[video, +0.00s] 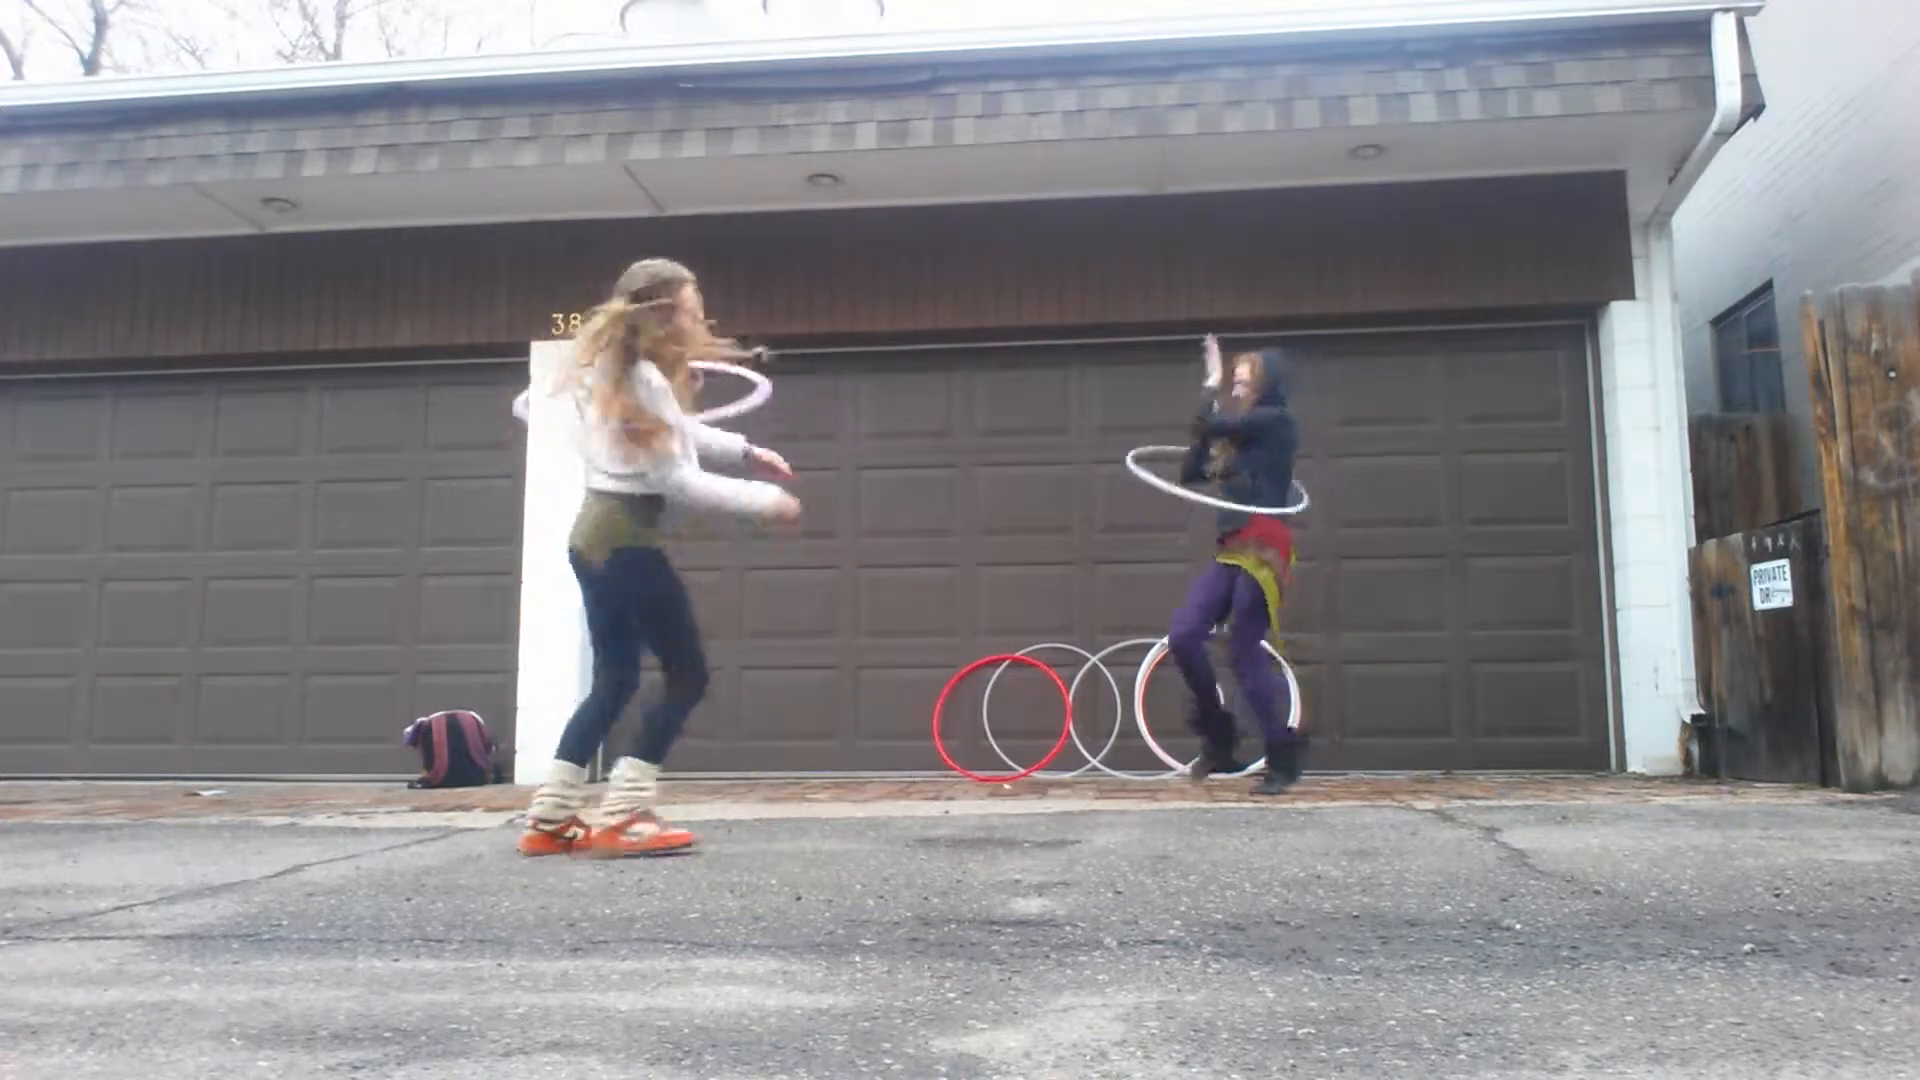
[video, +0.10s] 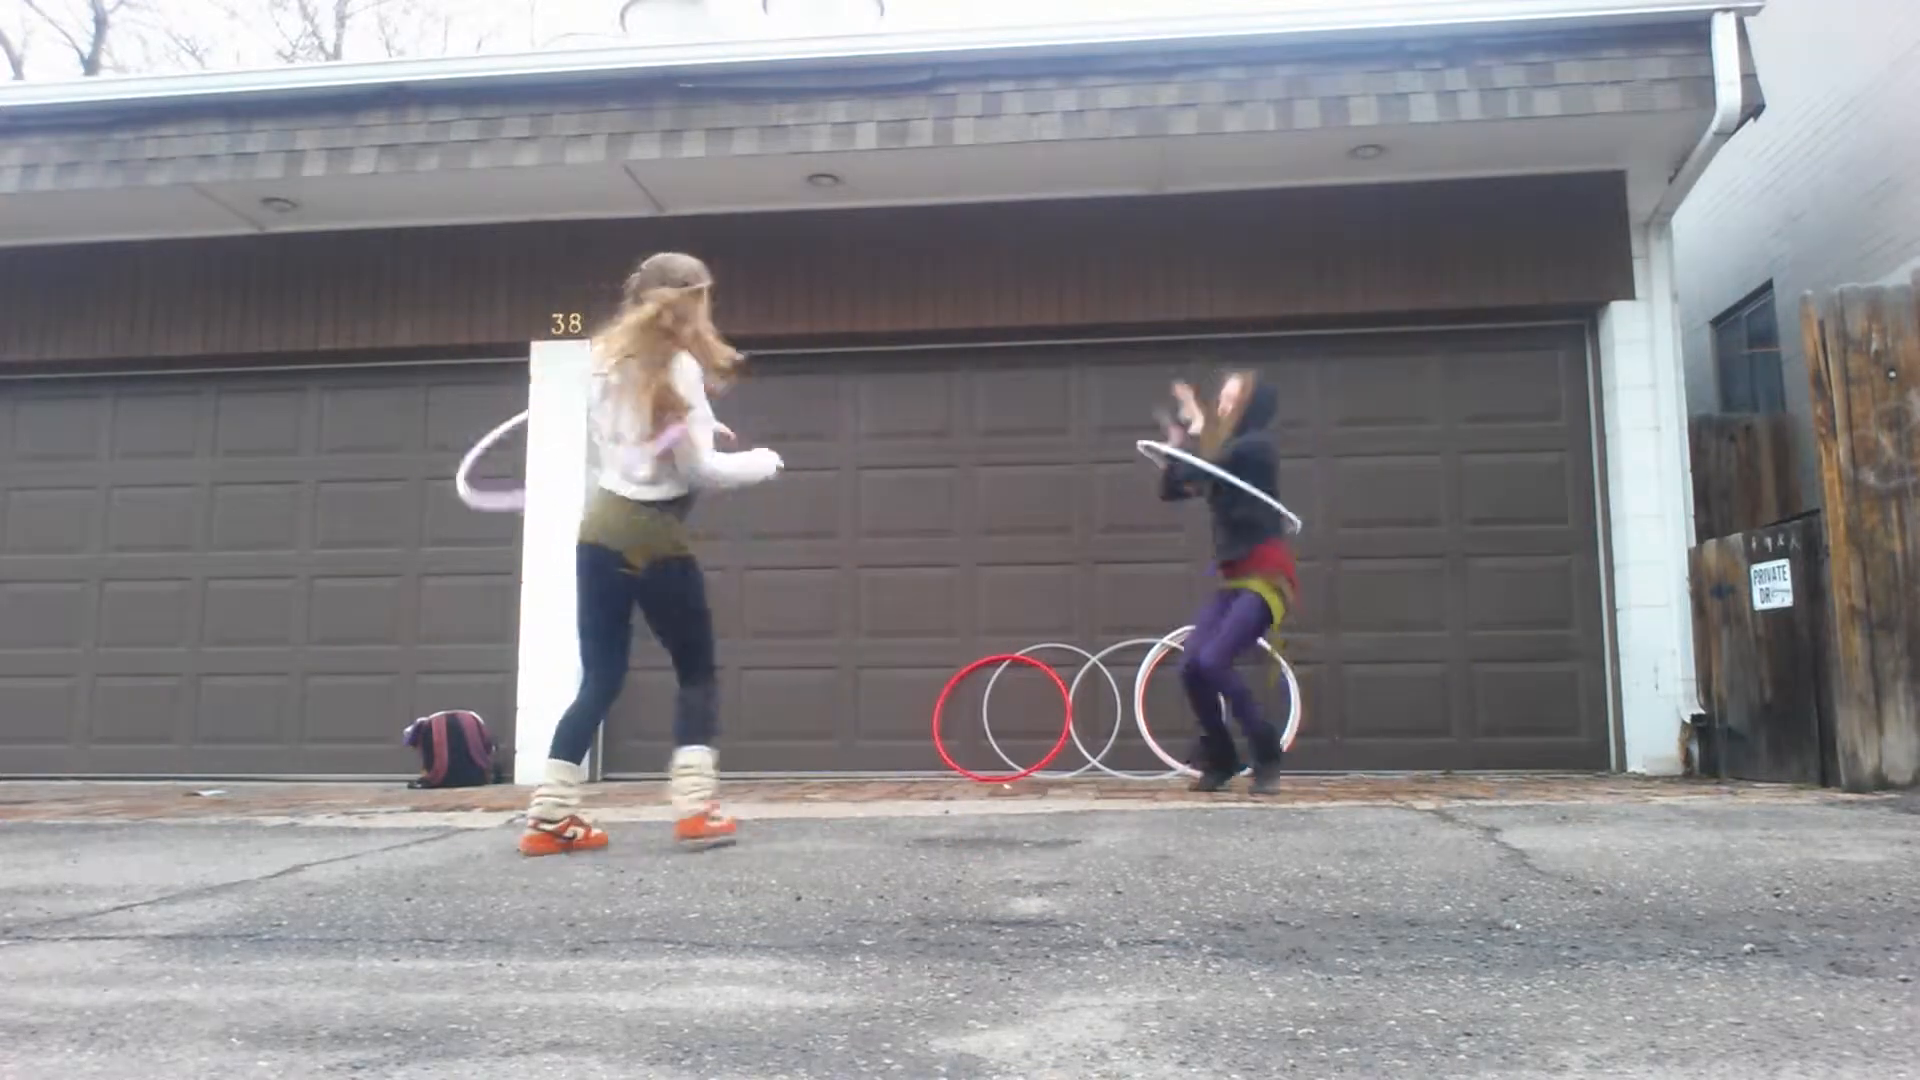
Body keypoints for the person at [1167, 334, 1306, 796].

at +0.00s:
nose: (1236, 388)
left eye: (1245, 380)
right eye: (1235, 380)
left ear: (1265, 386)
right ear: (1236, 384)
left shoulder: (1275, 420)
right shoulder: (1235, 429)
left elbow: (1216, 426)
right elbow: (1190, 476)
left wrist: (1213, 391)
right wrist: (1203, 434)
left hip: (1264, 548)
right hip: (1231, 548)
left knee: (1245, 649)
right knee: (1183, 637)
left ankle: (1283, 754)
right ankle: (1220, 742)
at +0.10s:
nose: (1223, 400)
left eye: (1234, 394)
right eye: (1222, 393)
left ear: (1253, 404)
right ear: (1219, 399)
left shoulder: (1258, 447)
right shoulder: (1219, 447)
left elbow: (1212, 479)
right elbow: (1172, 489)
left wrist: (1193, 429)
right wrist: (1177, 445)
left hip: (1265, 577)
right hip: (1232, 577)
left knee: (1210, 661)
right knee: (1192, 667)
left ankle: (1267, 753)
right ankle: (1221, 760)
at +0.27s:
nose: (1196, 483)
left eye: (1205, 479)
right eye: (1195, 476)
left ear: (1223, 487)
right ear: (1188, 479)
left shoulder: (1229, 528)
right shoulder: (1189, 523)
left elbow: (1235, 553)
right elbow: (1162, 533)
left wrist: (1194, 518)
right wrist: (1146, 507)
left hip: (1267, 642)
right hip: (1228, 641)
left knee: (1196, 685)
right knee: (1170, 684)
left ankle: (1254, 750)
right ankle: (1221, 759)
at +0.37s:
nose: (1186, 531)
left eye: (1196, 525)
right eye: (1183, 523)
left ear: (1212, 533)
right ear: (1176, 528)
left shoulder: (1229, 566)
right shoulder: (1180, 567)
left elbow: (1264, 586)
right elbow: (1169, 536)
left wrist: (1213, 569)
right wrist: (1143, 550)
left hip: (1266, 672)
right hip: (1221, 668)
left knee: (1191, 688)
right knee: (1165, 686)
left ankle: (1251, 754)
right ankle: (1223, 756)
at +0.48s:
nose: (1185, 563)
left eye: (1194, 554)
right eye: (1180, 555)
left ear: (1211, 560)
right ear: (1173, 561)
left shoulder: (1234, 596)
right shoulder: (1177, 595)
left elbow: (1294, 617)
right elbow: (1142, 570)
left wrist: (1236, 607)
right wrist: (1135, 581)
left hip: (1264, 692)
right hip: (1216, 685)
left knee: (1192, 688)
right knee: (1165, 686)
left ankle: (1248, 761)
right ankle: (1222, 759)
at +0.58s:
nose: (1193, 559)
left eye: (1201, 551)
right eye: (1187, 552)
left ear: (1217, 554)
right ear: (1180, 557)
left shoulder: (1239, 584)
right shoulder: (1181, 580)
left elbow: (1314, 606)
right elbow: (1130, 568)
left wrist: (1255, 598)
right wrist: (1118, 582)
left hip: (1264, 686)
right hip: (1214, 682)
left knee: (1201, 684)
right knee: (1169, 686)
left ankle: (1250, 763)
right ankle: (1220, 763)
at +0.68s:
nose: (1202, 529)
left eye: (1210, 521)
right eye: (1195, 522)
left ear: (1224, 527)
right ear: (1187, 530)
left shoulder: (1250, 560)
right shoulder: (1185, 561)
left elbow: (1320, 571)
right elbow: (1147, 555)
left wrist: (1277, 555)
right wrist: (1108, 553)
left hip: (1262, 660)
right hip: (1215, 661)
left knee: (1207, 679)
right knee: (1171, 683)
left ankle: (1259, 755)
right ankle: (1223, 756)